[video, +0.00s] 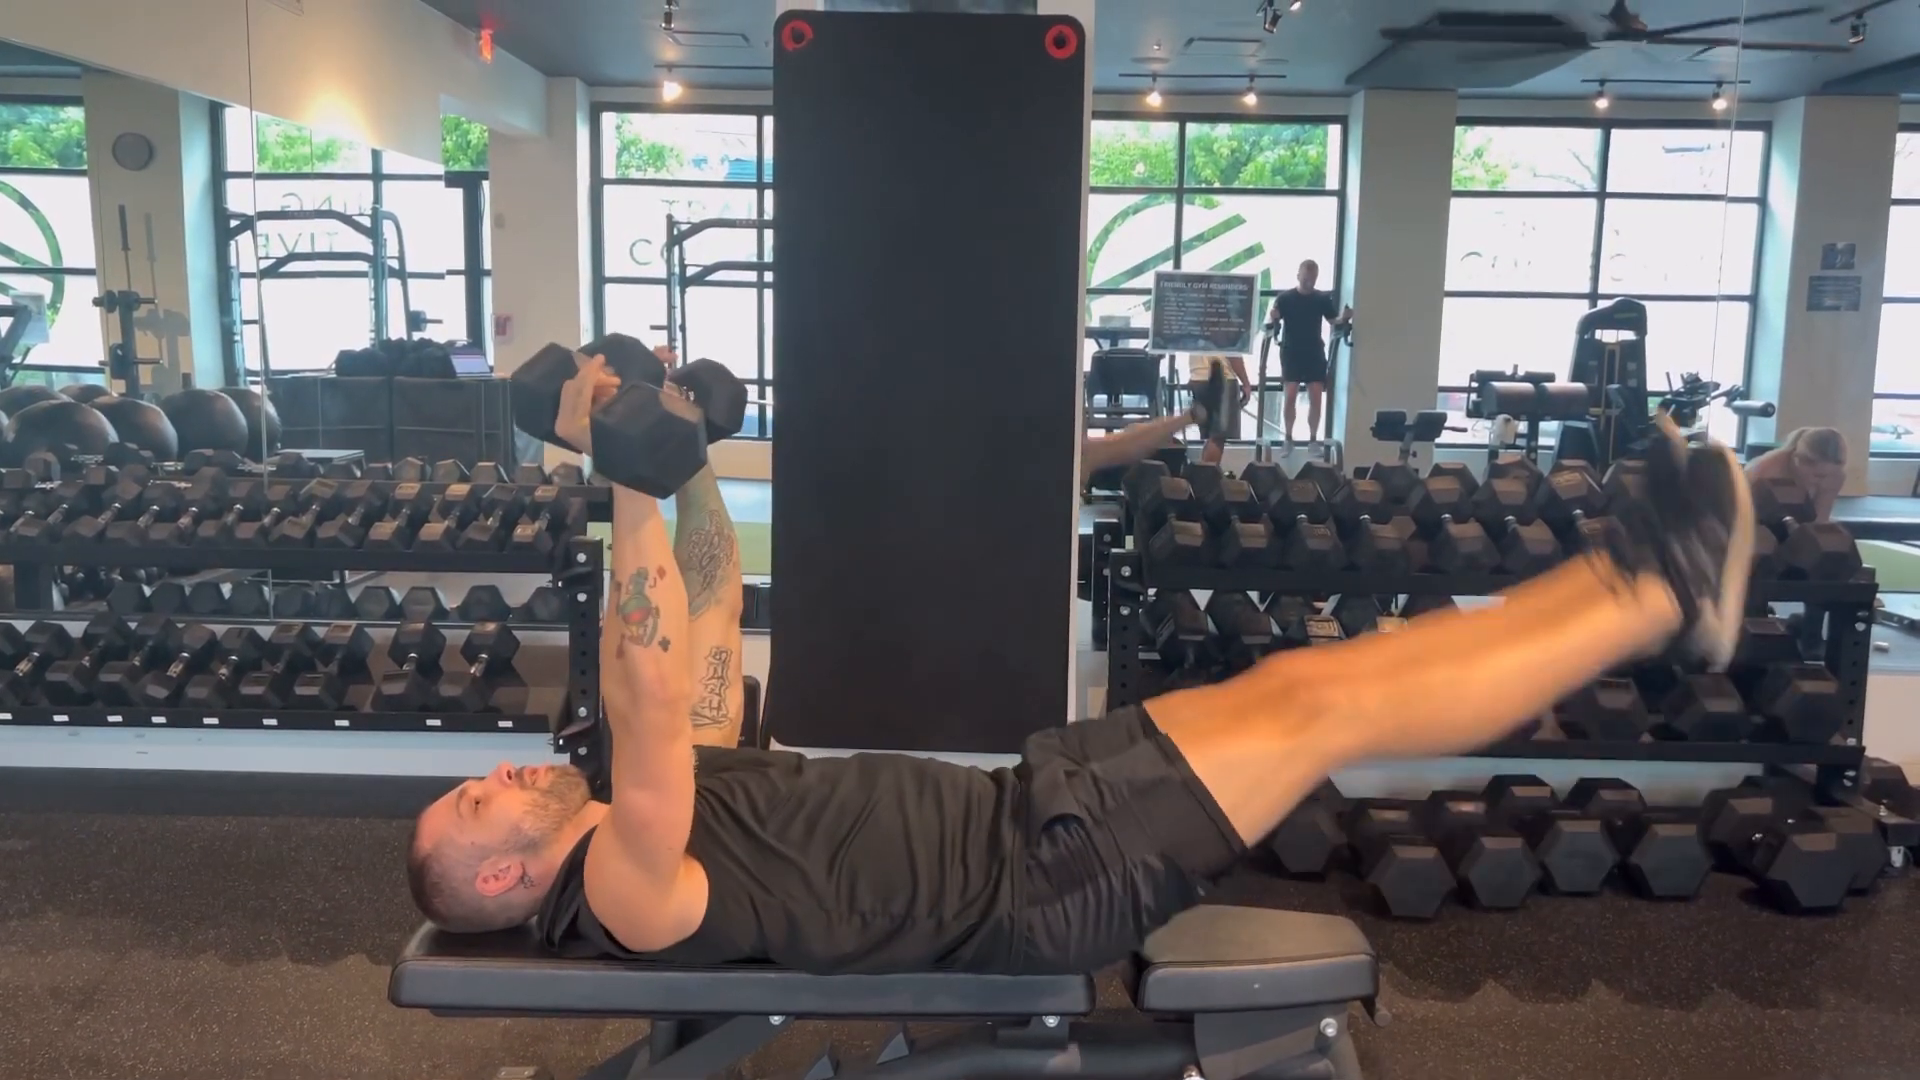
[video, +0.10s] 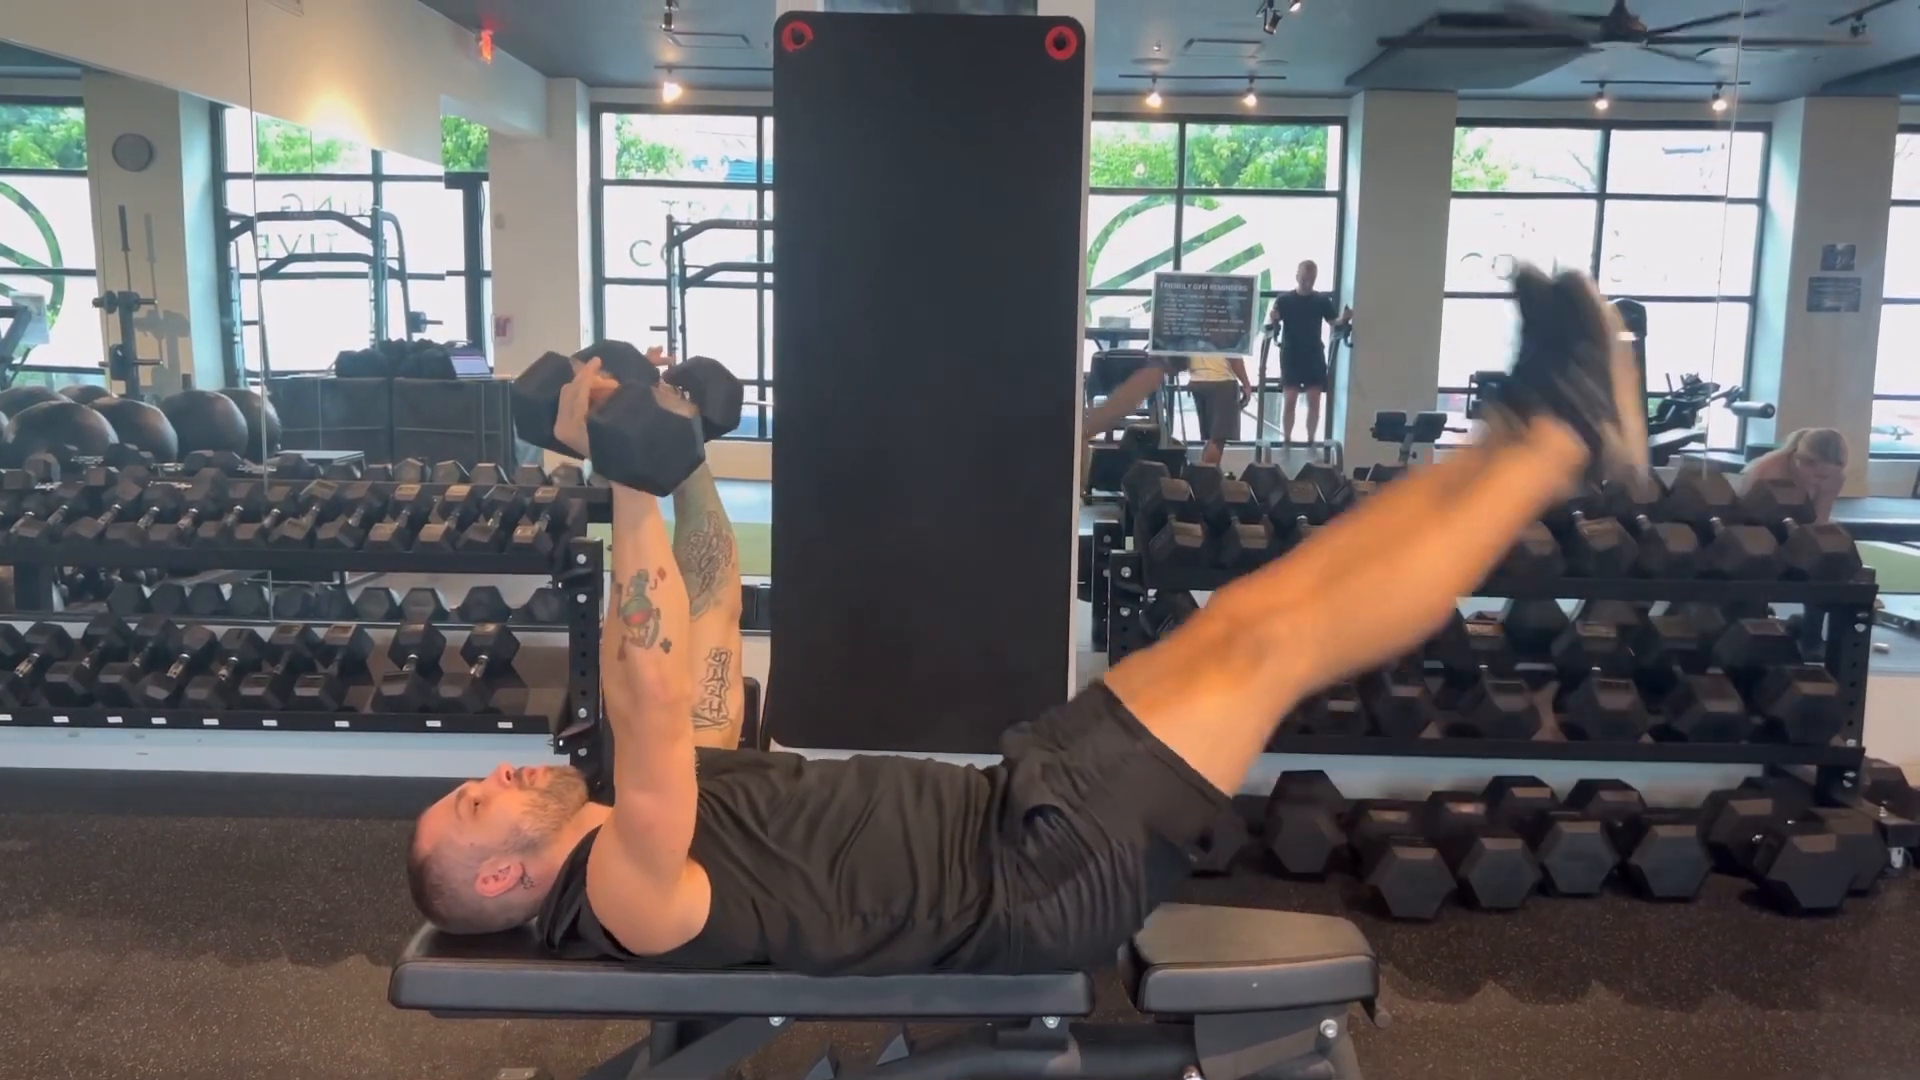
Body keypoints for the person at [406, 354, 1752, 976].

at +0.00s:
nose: (506, 785)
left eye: (485, 790)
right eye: (483, 819)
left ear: (538, 823)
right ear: (514, 894)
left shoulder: (649, 823)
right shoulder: (631, 886)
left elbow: (700, 655)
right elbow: (647, 691)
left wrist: (678, 506)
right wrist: (641, 513)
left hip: (1032, 791)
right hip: (1039, 865)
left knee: (1315, 680)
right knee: (1326, 701)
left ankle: (1624, 568)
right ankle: (1652, 598)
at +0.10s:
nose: (492, 781)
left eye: (478, 792)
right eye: (475, 819)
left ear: (529, 817)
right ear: (509, 881)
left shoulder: (647, 809)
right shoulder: (632, 887)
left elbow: (709, 630)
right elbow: (641, 674)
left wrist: (672, 457)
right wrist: (630, 496)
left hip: (1009, 804)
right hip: (1033, 872)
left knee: (1253, 619)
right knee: (1258, 636)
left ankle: (1531, 434)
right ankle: (1558, 440)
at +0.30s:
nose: (487, 782)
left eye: (464, 790)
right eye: (466, 813)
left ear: (514, 809)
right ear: (501, 882)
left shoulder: (663, 806)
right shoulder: (622, 893)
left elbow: (704, 620)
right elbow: (641, 690)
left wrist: (670, 452)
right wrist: (629, 476)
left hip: (979, 823)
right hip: (1012, 884)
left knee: (1092, 543)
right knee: (1106, 556)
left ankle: (1222, 232)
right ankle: (1233, 230)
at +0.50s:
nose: (478, 773)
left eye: (446, 787)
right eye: (452, 802)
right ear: (487, 874)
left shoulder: (643, 820)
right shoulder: (609, 888)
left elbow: (691, 604)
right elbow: (625, 684)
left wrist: (660, 457)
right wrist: (612, 487)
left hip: (951, 825)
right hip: (973, 863)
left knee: (971, 528)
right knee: (968, 531)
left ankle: (979, 177)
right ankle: (977, 174)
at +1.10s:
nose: (482, 779)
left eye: (450, 791)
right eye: (455, 808)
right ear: (487, 880)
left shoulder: (641, 821)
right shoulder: (612, 893)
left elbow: (685, 615)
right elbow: (615, 692)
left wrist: (655, 468)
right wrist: (582, 484)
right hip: (976, 876)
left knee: (971, 539)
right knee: (967, 541)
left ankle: (991, 185)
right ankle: (987, 182)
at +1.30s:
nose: (491, 783)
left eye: (461, 793)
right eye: (465, 813)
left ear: (504, 840)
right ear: (495, 884)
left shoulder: (648, 826)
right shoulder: (615, 901)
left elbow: (692, 640)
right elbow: (617, 705)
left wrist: (656, 479)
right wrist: (595, 501)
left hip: (982, 844)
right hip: (1003, 892)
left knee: (1074, 554)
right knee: (1077, 562)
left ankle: (1215, 237)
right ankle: (1215, 233)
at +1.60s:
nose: (486, 785)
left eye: (468, 797)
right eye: (466, 825)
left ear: (520, 828)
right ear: (498, 891)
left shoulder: (641, 821)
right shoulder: (622, 898)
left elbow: (701, 654)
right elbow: (625, 673)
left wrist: (661, 479)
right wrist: (609, 484)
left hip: (998, 819)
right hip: (1019, 888)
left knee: (1241, 630)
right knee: (1248, 644)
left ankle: (1504, 452)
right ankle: (1548, 455)